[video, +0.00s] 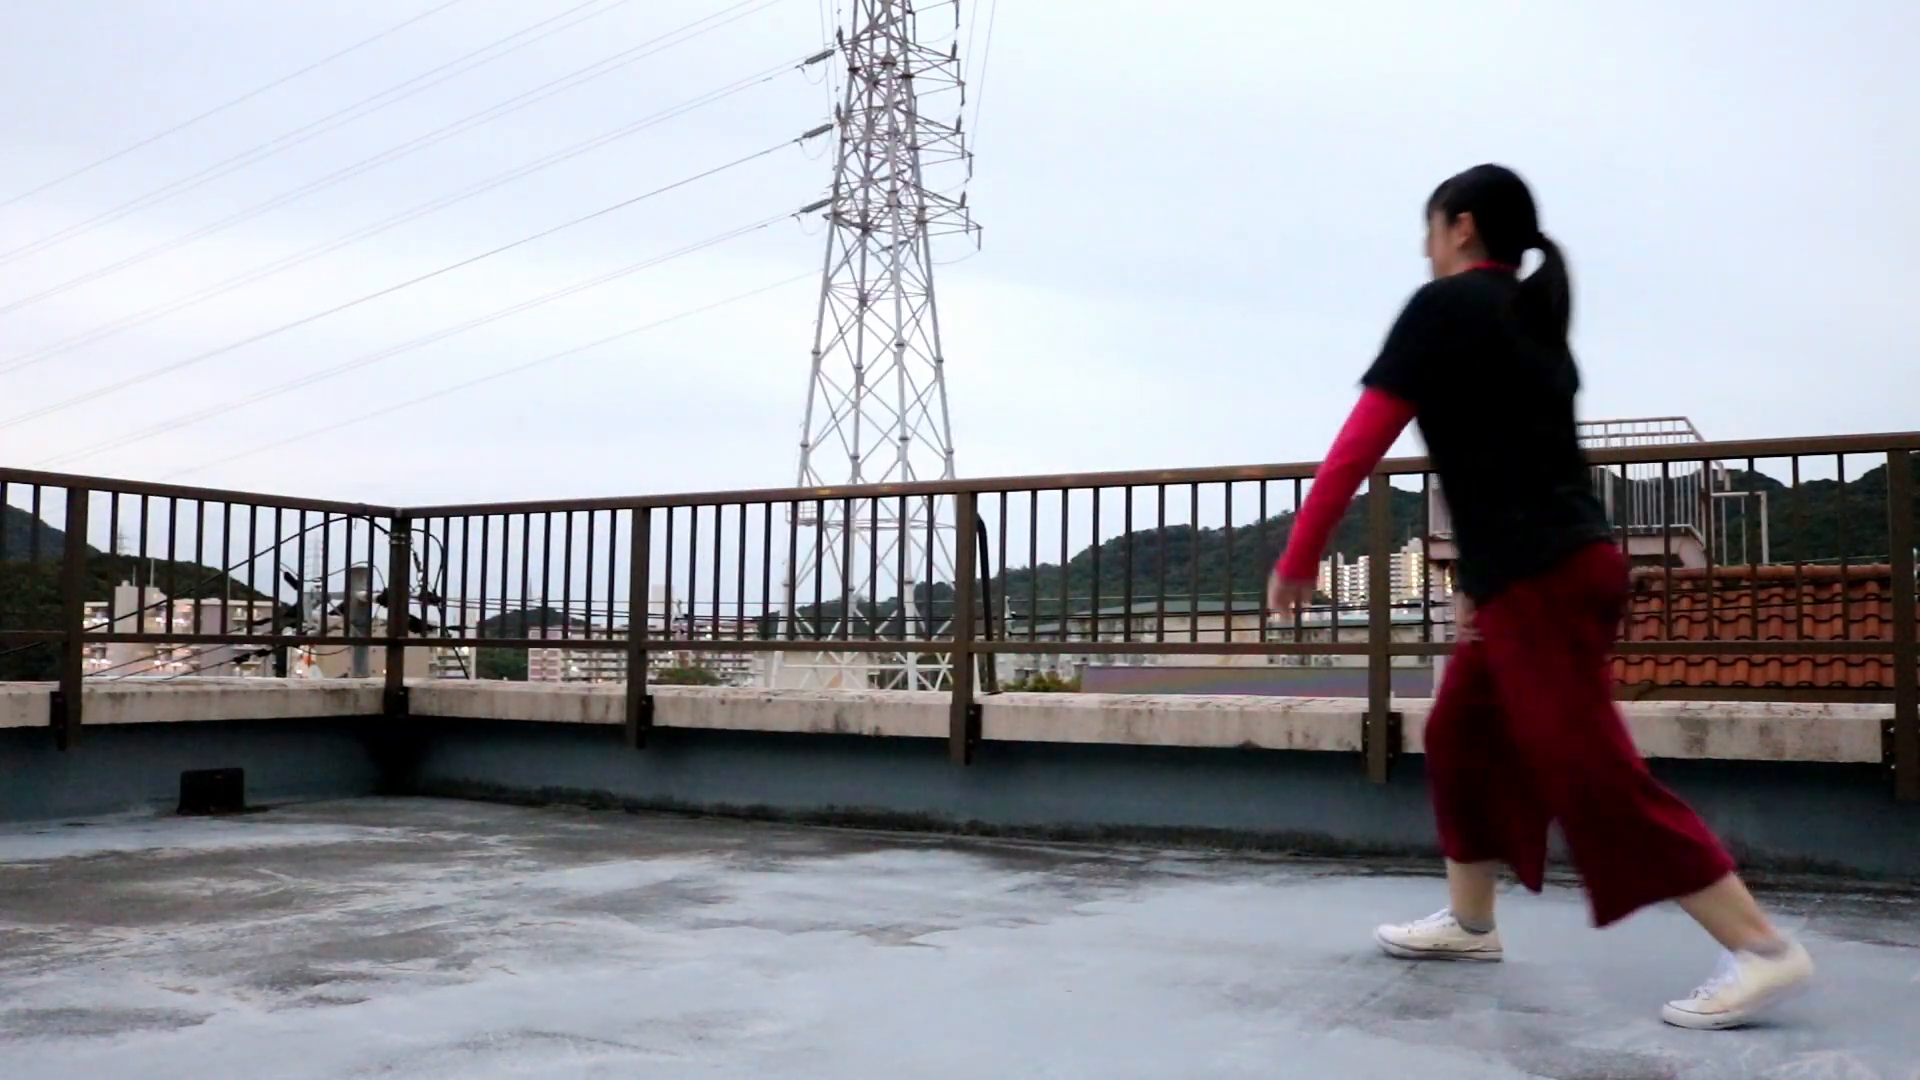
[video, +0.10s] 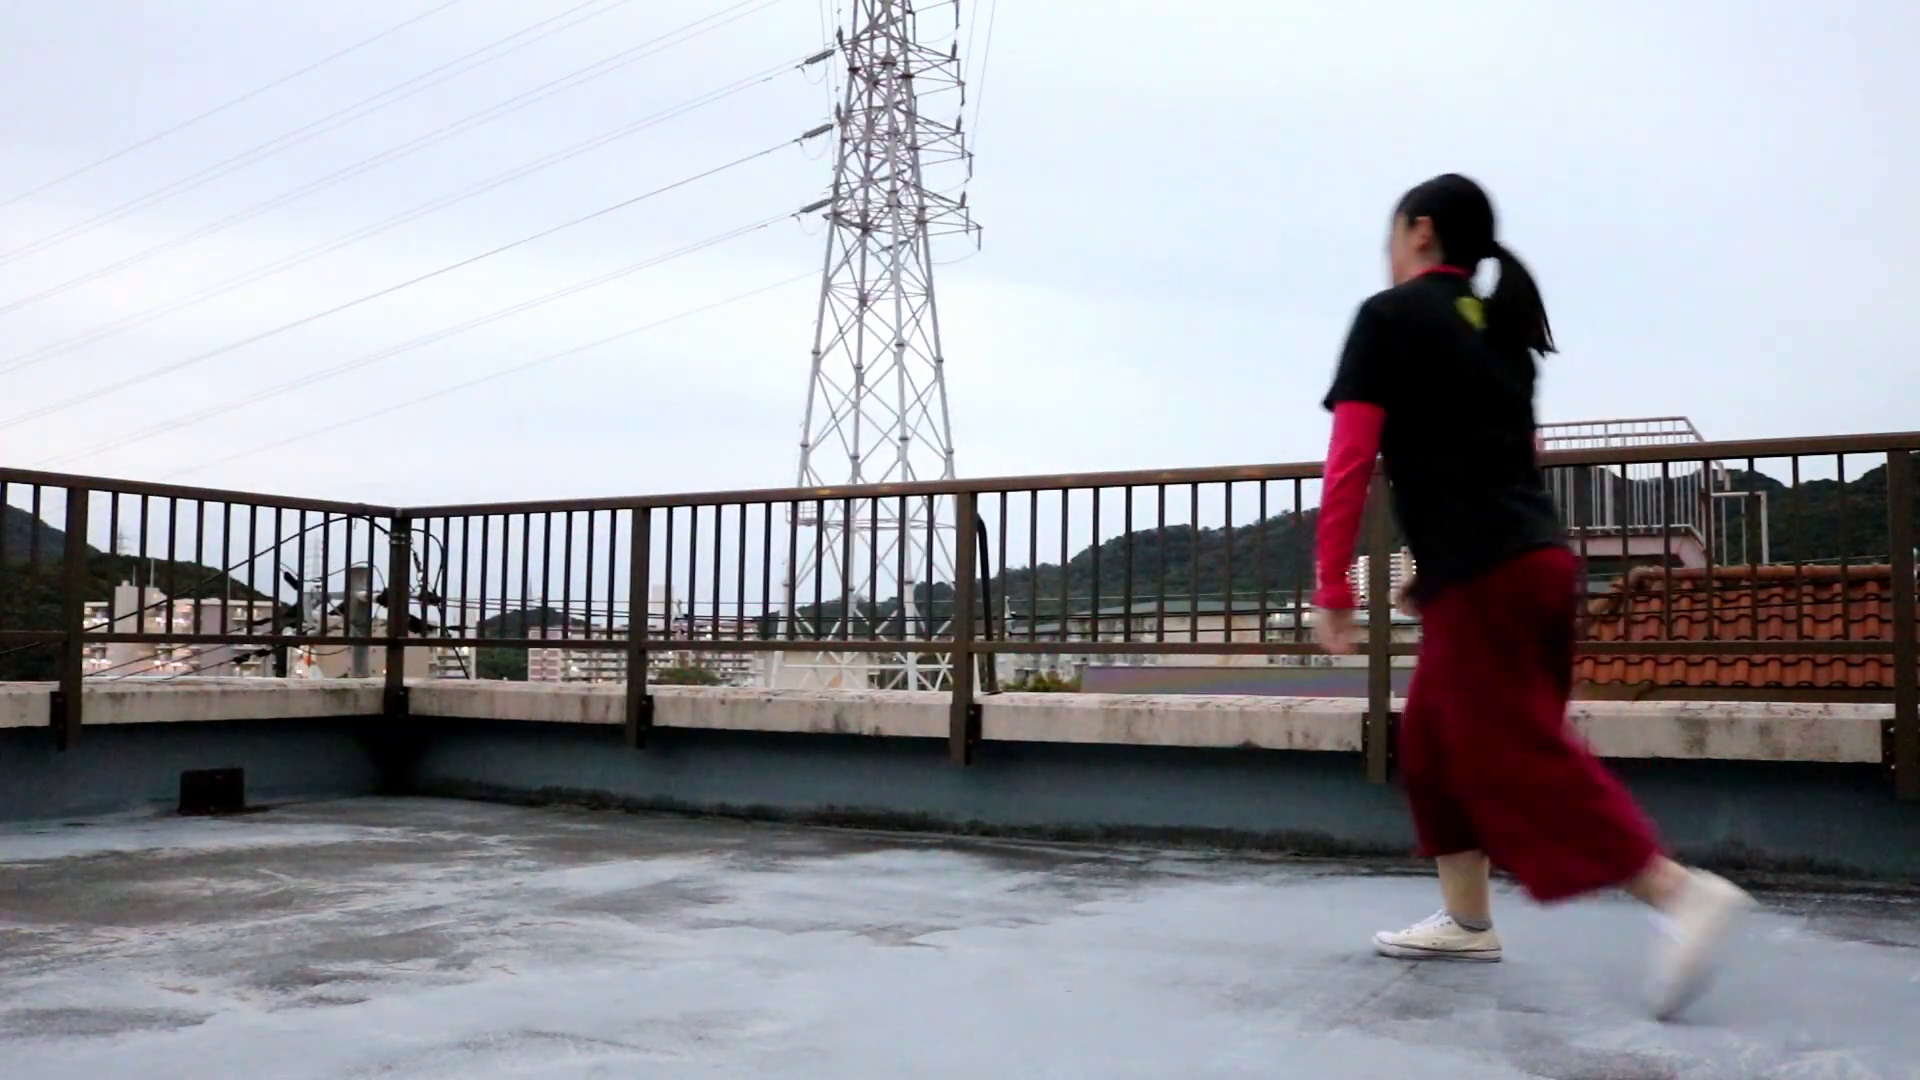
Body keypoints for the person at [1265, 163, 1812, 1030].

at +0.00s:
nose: (1426, 245)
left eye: (1432, 230)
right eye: (1430, 230)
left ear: (1463, 231)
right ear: (1502, 238)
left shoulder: (1438, 309)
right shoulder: (1530, 313)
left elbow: (1357, 447)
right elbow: (1538, 455)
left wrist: (1299, 555)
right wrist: (1493, 581)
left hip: (1534, 576)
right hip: (1574, 561)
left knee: (1591, 766)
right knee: (1456, 733)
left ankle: (1764, 949)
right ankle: (1470, 920)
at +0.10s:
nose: (1389, 241)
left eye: (1395, 227)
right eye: (1394, 226)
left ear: (1420, 234)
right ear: (1463, 245)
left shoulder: (1390, 316)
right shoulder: (1493, 326)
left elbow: (1350, 458)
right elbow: (1520, 453)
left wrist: (1330, 583)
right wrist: (1444, 561)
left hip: (1484, 572)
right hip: (1537, 560)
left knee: (1498, 744)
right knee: (1432, 729)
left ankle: (1684, 895)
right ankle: (1467, 920)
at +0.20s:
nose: (1341, 239)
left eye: (1347, 226)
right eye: (1346, 225)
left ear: (1370, 232)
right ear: (1421, 243)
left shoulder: (1353, 312)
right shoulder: (1445, 319)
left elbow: (1357, 452)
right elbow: (1468, 451)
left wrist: (1375, 573)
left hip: (1435, 561)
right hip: (1503, 555)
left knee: (1384, 741)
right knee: (1471, 728)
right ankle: (1465, 916)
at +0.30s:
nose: (1290, 242)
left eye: (1296, 227)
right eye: (1295, 227)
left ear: (1320, 229)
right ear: (1358, 237)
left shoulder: (1317, 305)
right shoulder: (1384, 306)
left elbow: (1357, 420)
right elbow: (1398, 433)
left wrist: (1385, 546)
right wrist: (1343, 553)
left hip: (1388, 555)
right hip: (1450, 545)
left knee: (1294, 710)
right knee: (1432, 721)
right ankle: (1466, 915)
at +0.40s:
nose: (1239, 242)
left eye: (1245, 228)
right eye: (1243, 227)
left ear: (1271, 233)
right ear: (1303, 239)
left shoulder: (1284, 312)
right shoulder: (1323, 313)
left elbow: (1337, 416)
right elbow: (1341, 428)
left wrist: (1374, 529)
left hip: (1334, 566)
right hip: (1390, 558)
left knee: (1233, 705)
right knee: (1411, 732)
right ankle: (1467, 918)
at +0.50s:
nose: (1190, 253)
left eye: (1196, 237)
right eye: (1195, 238)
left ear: (1223, 240)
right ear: (1252, 245)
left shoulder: (1241, 325)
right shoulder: (1272, 321)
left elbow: (1289, 437)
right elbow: (1281, 445)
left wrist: (1337, 539)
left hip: (1267, 584)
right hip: (1325, 576)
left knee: (1187, 728)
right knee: (1370, 734)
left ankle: (1143, 909)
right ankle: (1452, 897)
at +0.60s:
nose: (1146, 252)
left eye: (1152, 237)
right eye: (1150, 237)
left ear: (1177, 239)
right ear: (1208, 244)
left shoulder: (1194, 325)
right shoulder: (1222, 321)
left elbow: (1211, 456)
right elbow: (1224, 461)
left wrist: (1243, 569)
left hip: (1194, 586)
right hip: (1233, 581)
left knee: (1128, 731)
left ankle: (1135, 911)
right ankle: (1368, 847)